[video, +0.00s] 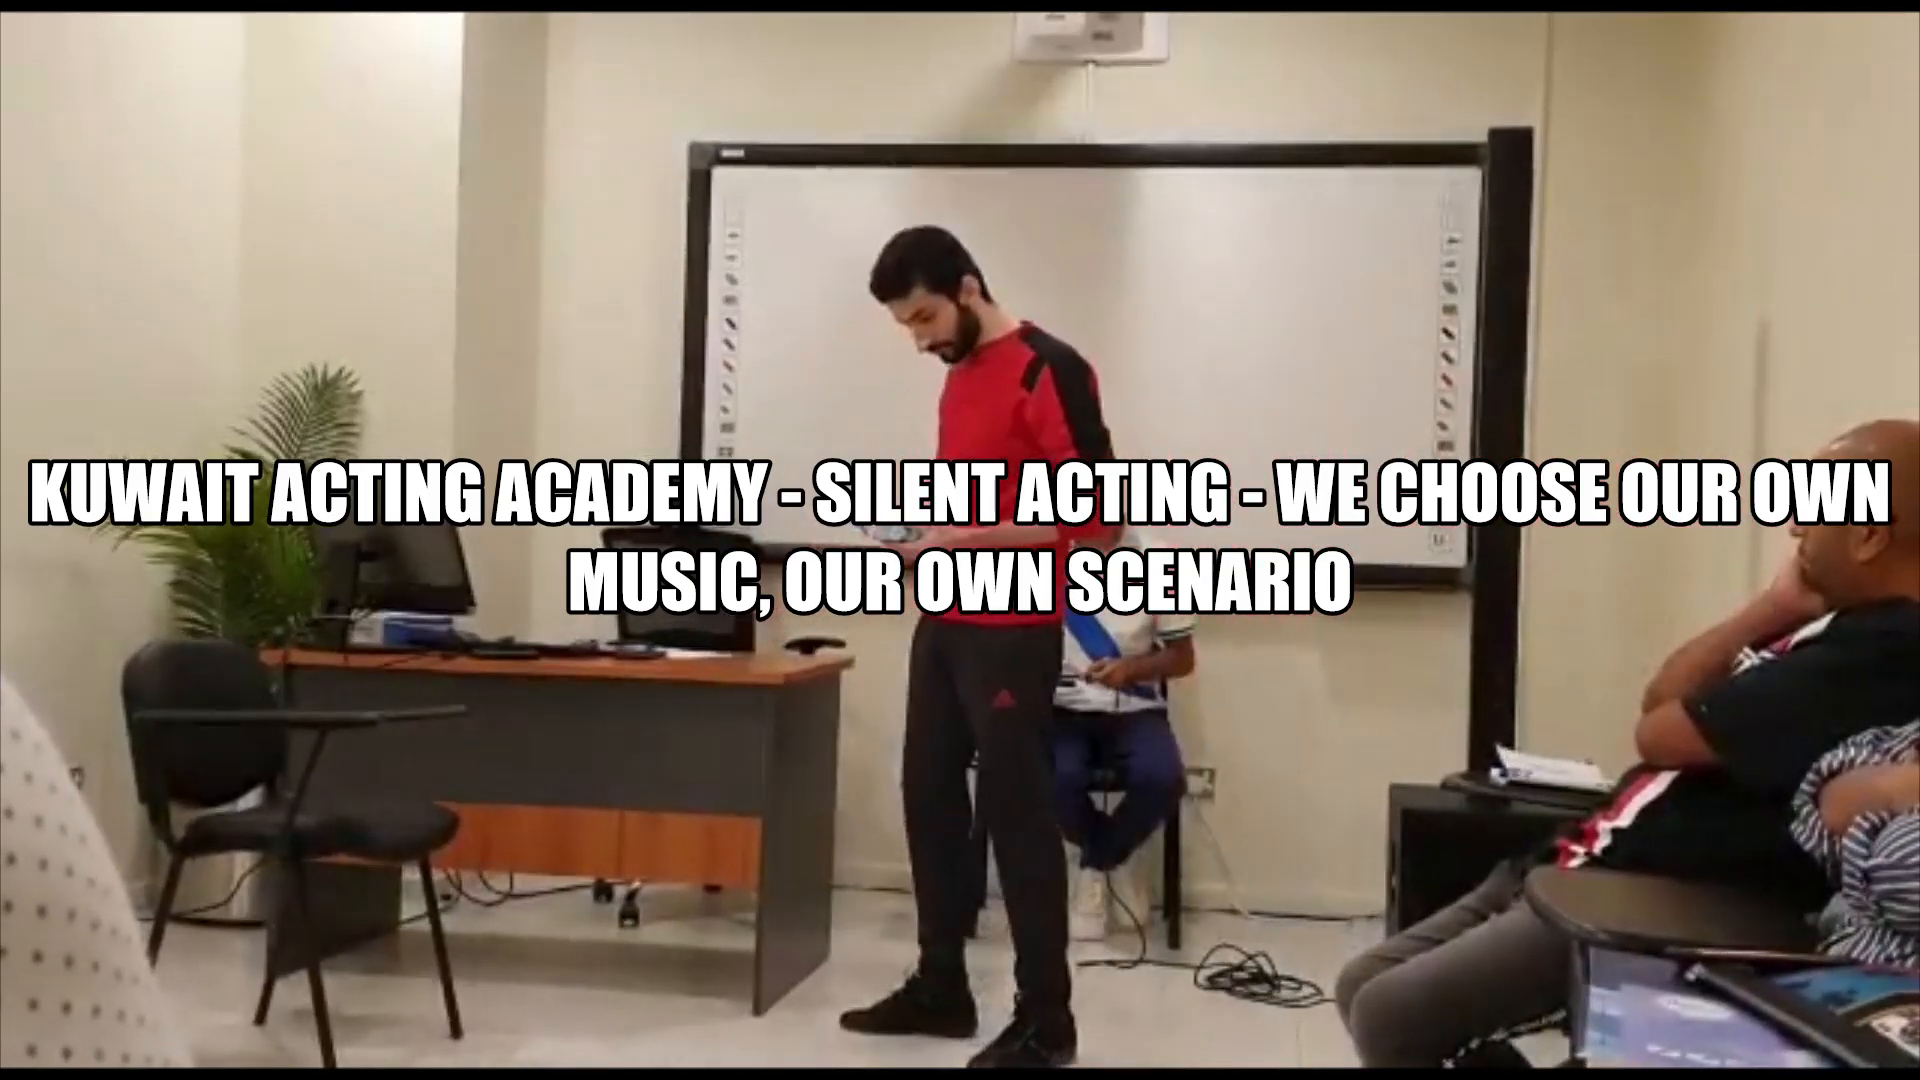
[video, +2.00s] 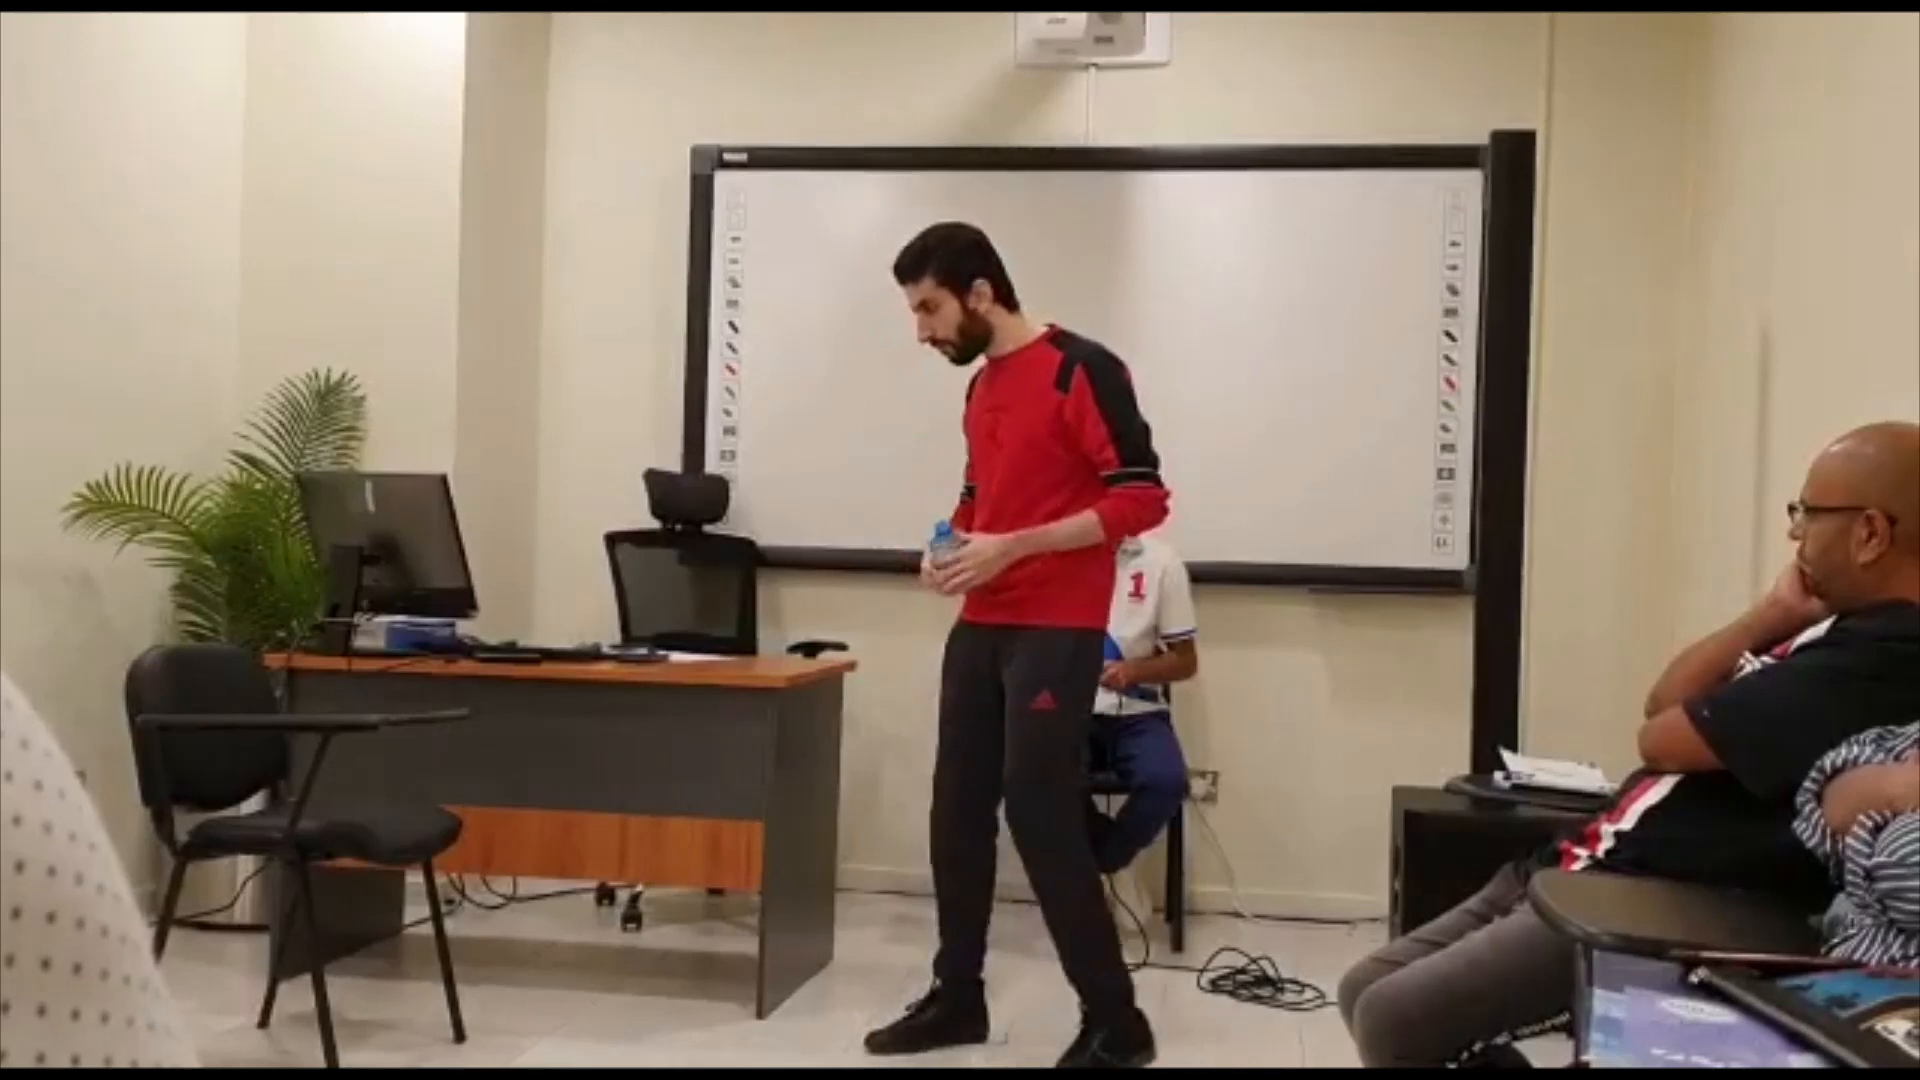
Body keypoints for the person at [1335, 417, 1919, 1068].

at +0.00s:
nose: (1796, 534)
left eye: (1814, 513)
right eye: (1801, 512)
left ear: (1873, 533)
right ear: (1873, 534)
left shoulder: (1885, 646)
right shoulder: (1847, 626)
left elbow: (1663, 738)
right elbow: (1663, 696)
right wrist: (1782, 603)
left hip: (1636, 902)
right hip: (1587, 860)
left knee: (1387, 1018)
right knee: (1363, 983)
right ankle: (1491, 1061)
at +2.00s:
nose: (1795, 536)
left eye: (1806, 517)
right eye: (1798, 516)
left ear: (1873, 533)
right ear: (1872, 533)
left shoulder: (1883, 651)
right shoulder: (1846, 628)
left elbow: (1665, 744)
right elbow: (1662, 703)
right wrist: (1778, 611)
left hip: (1640, 906)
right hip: (1588, 862)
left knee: (1389, 1022)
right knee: (1364, 988)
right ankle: (1489, 1060)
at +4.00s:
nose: (1803, 534)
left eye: (1817, 515)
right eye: (1808, 514)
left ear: (1883, 535)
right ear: (1882, 535)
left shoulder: (1887, 652)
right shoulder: (1851, 628)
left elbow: (1666, 744)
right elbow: (1665, 701)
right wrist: (1781, 612)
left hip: (1642, 909)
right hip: (1592, 866)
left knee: (1389, 1022)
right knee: (1365, 988)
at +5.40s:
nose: (1800, 537)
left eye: (1813, 517)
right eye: (1804, 516)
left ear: (1880, 534)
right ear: (1880, 535)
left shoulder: (1882, 654)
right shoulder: (1856, 630)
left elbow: (1667, 745)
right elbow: (1665, 705)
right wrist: (1781, 614)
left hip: (1635, 909)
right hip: (1585, 866)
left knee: (1387, 1023)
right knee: (1366, 989)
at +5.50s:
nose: (1800, 536)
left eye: (1813, 516)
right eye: (1805, 515)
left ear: (1880, 535)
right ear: (1880, 535)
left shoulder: (1880, 655)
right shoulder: (1857, 630)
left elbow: (1667, 744)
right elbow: (1666, 706)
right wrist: (1781, 614)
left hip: (1631, 910)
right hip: (1582, 867)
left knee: (1388, 1023)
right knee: (1367, 991)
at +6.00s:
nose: (1800, 535)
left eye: (1813, 515)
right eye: (1804, 515)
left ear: (1880, 534)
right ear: (1880, 534)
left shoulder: (1879, 654)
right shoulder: (1856, 629)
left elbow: (1665, 742)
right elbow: (1664, 703)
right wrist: (1782, 612)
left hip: (1628, 909)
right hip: (1580, 865)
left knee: (1385, 1023)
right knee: (1363, 990)